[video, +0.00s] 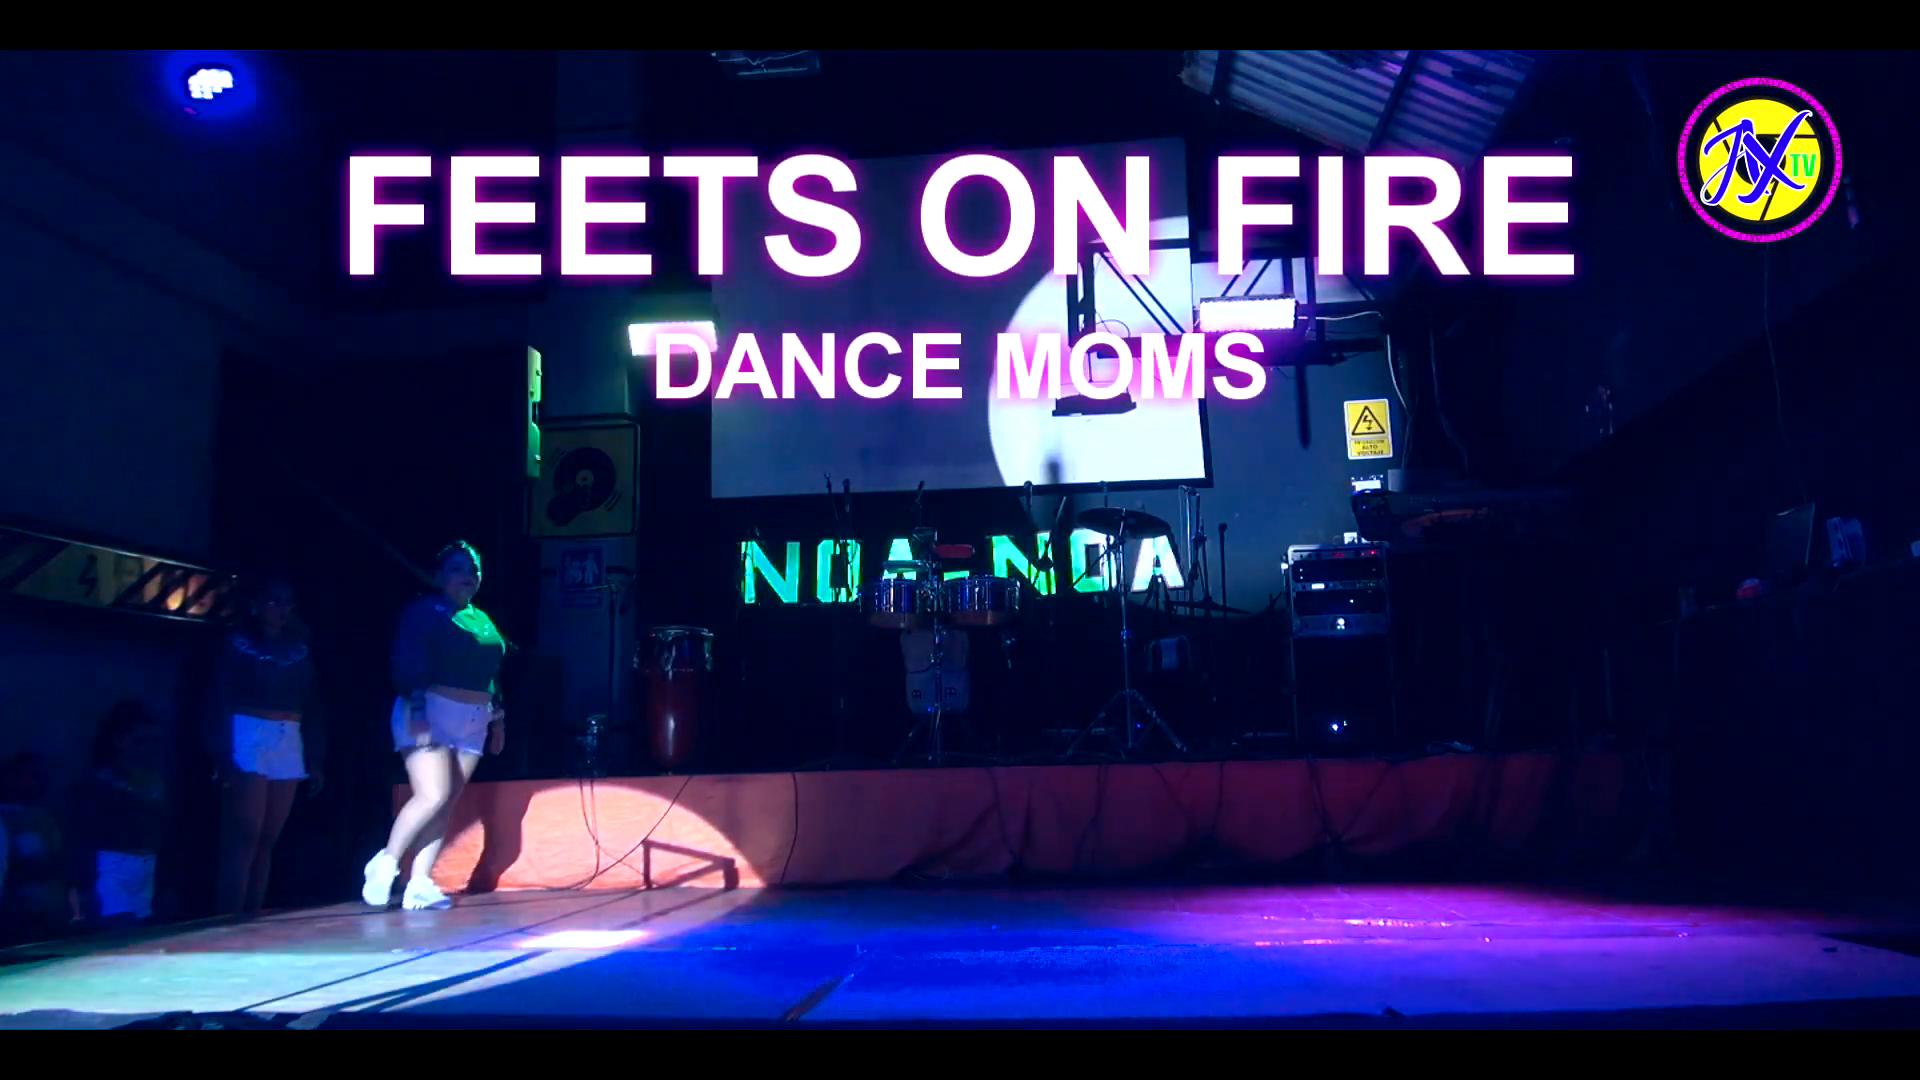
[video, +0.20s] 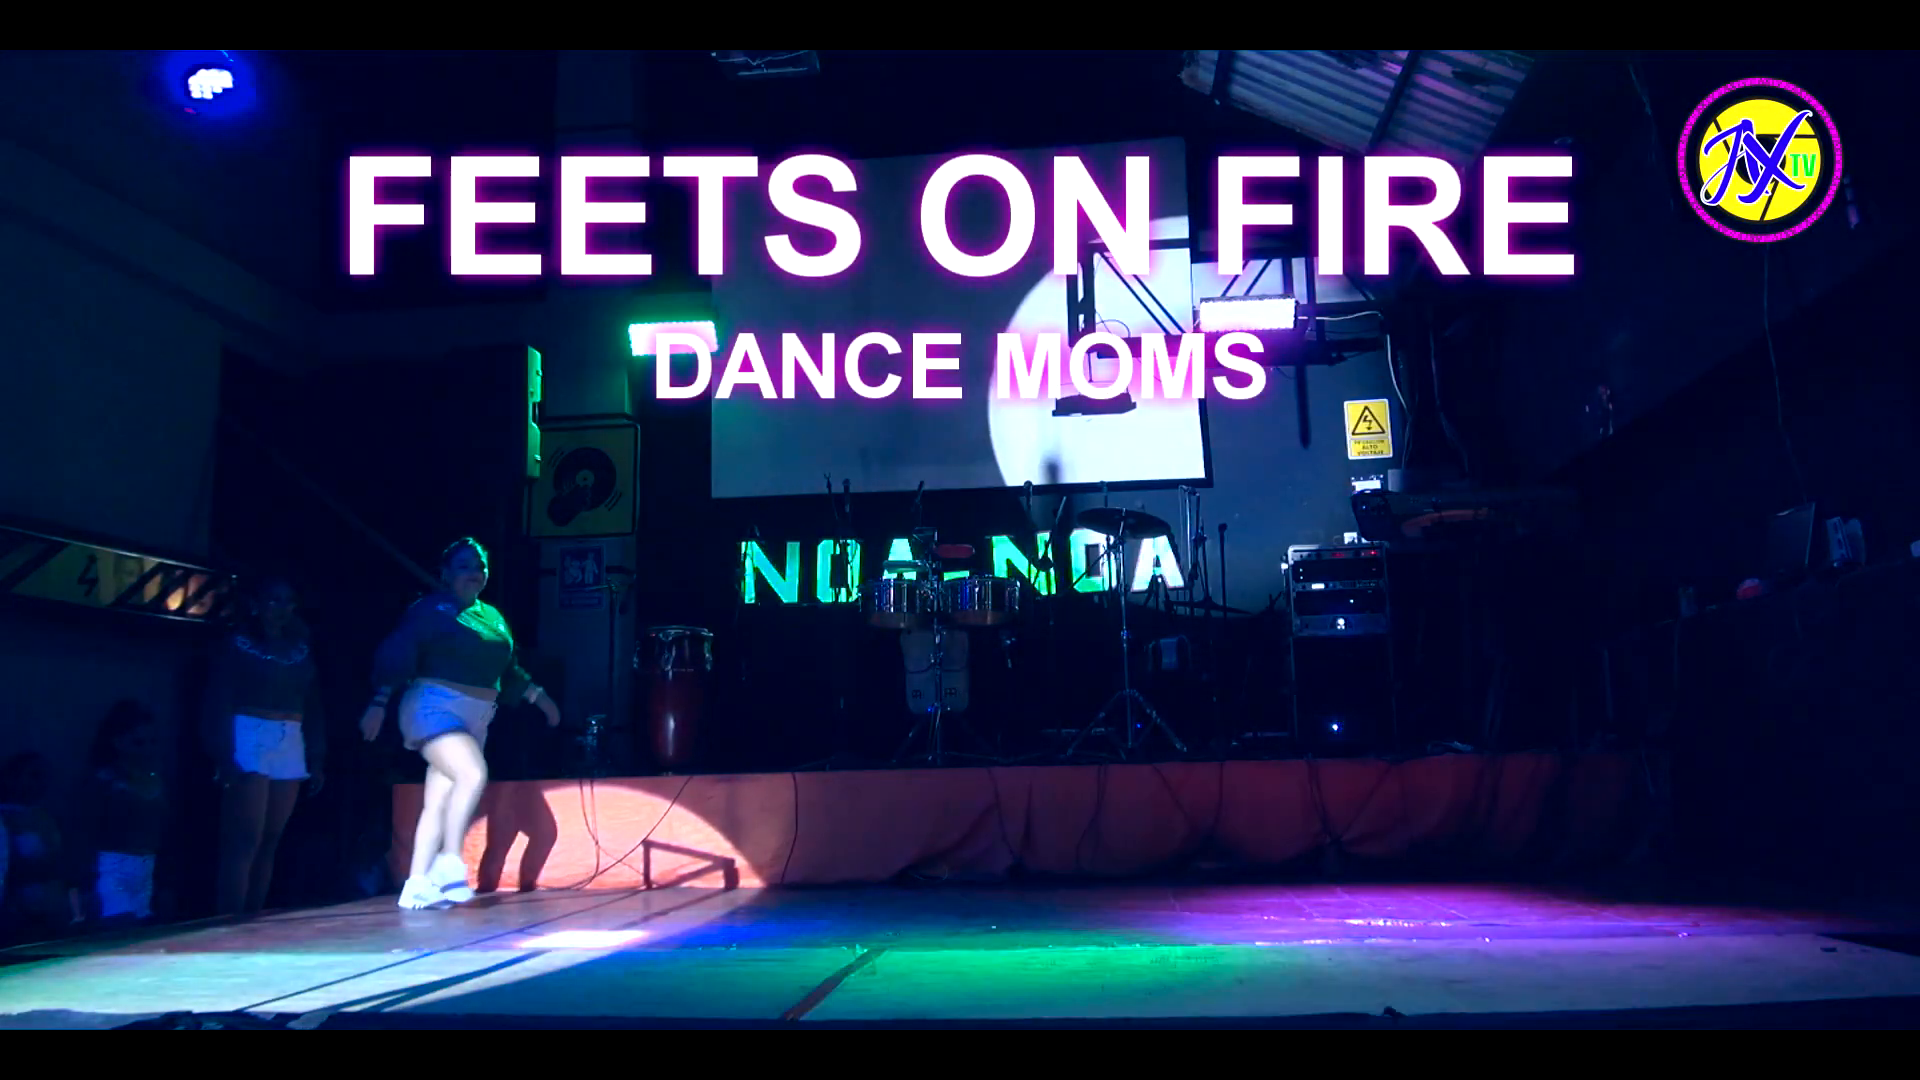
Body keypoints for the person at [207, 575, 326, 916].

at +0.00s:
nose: (280, 611)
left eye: (286, 604)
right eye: (274, 603)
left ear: (293, 609)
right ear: (258, 605)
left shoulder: (298, 647)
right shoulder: (239, 641)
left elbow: (310, 705)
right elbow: (222, 698)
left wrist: (313, 758)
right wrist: (223, 755)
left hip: (290, 733)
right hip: (251, 730)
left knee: (271, 834)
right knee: (248, 828)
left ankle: (255, 912)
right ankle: (232, 911)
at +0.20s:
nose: (279, 610)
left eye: (286, 602)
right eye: (273, 601)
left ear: (294, 607)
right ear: (258, 603)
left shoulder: (300, 646)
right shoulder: (240, 640)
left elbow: (311, 704)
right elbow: (222, 696)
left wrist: (315, 756)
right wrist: (223, 752)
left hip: (292, 733)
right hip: (251, 730)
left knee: (272, 836)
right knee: (248, 834)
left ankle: (254, 915)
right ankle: (231, 916)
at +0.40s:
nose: (285, 610)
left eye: (291, 603)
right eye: (278, 602)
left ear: (297, 609)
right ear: (261, 605)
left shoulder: (303, 651)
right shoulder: (244, 644)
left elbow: (313, 706)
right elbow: (225, 699)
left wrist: (317, 755)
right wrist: (226, 752)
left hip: (295, 735)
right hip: (255, 732)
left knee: (279, 836)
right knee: (251, 833)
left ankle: (257, 913)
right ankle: (231, 913)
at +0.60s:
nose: (292, 609)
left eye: (296, 603)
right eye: (284, 602)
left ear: (302, 609)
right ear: (264, 607)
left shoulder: (308, 652)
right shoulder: (248, 647)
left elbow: (320, 710)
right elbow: (229, 701)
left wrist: (323, 761)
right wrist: (229, 753)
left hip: (299, 736)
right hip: (258, 734)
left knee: (286, 837)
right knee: (272, 831)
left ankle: (260, 918)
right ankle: (239, 914)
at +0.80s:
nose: (295, 611)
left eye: (299, 604)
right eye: (288, 603)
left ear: (304, 611)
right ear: (271, 607)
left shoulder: (312, 653)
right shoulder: (251, 647)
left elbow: (325, 707)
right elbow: (230, 698)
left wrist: (327, 757)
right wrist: (226, 751)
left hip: (302, 735)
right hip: (260, 731)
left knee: (293, 813)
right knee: (305, 802)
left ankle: (268, 895)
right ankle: (252, 874)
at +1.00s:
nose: (305, 610)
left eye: (309, 603)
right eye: (298, 602)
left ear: (313, 610)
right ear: (280, 606)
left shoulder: (320, 653)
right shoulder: (257, 647)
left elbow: (333, 710)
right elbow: (235, 699)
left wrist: (335, 758)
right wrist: (229, 750)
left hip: (308, 734)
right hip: (265, 730)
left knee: (288, 817)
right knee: (323, 783)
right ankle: (293, 873)